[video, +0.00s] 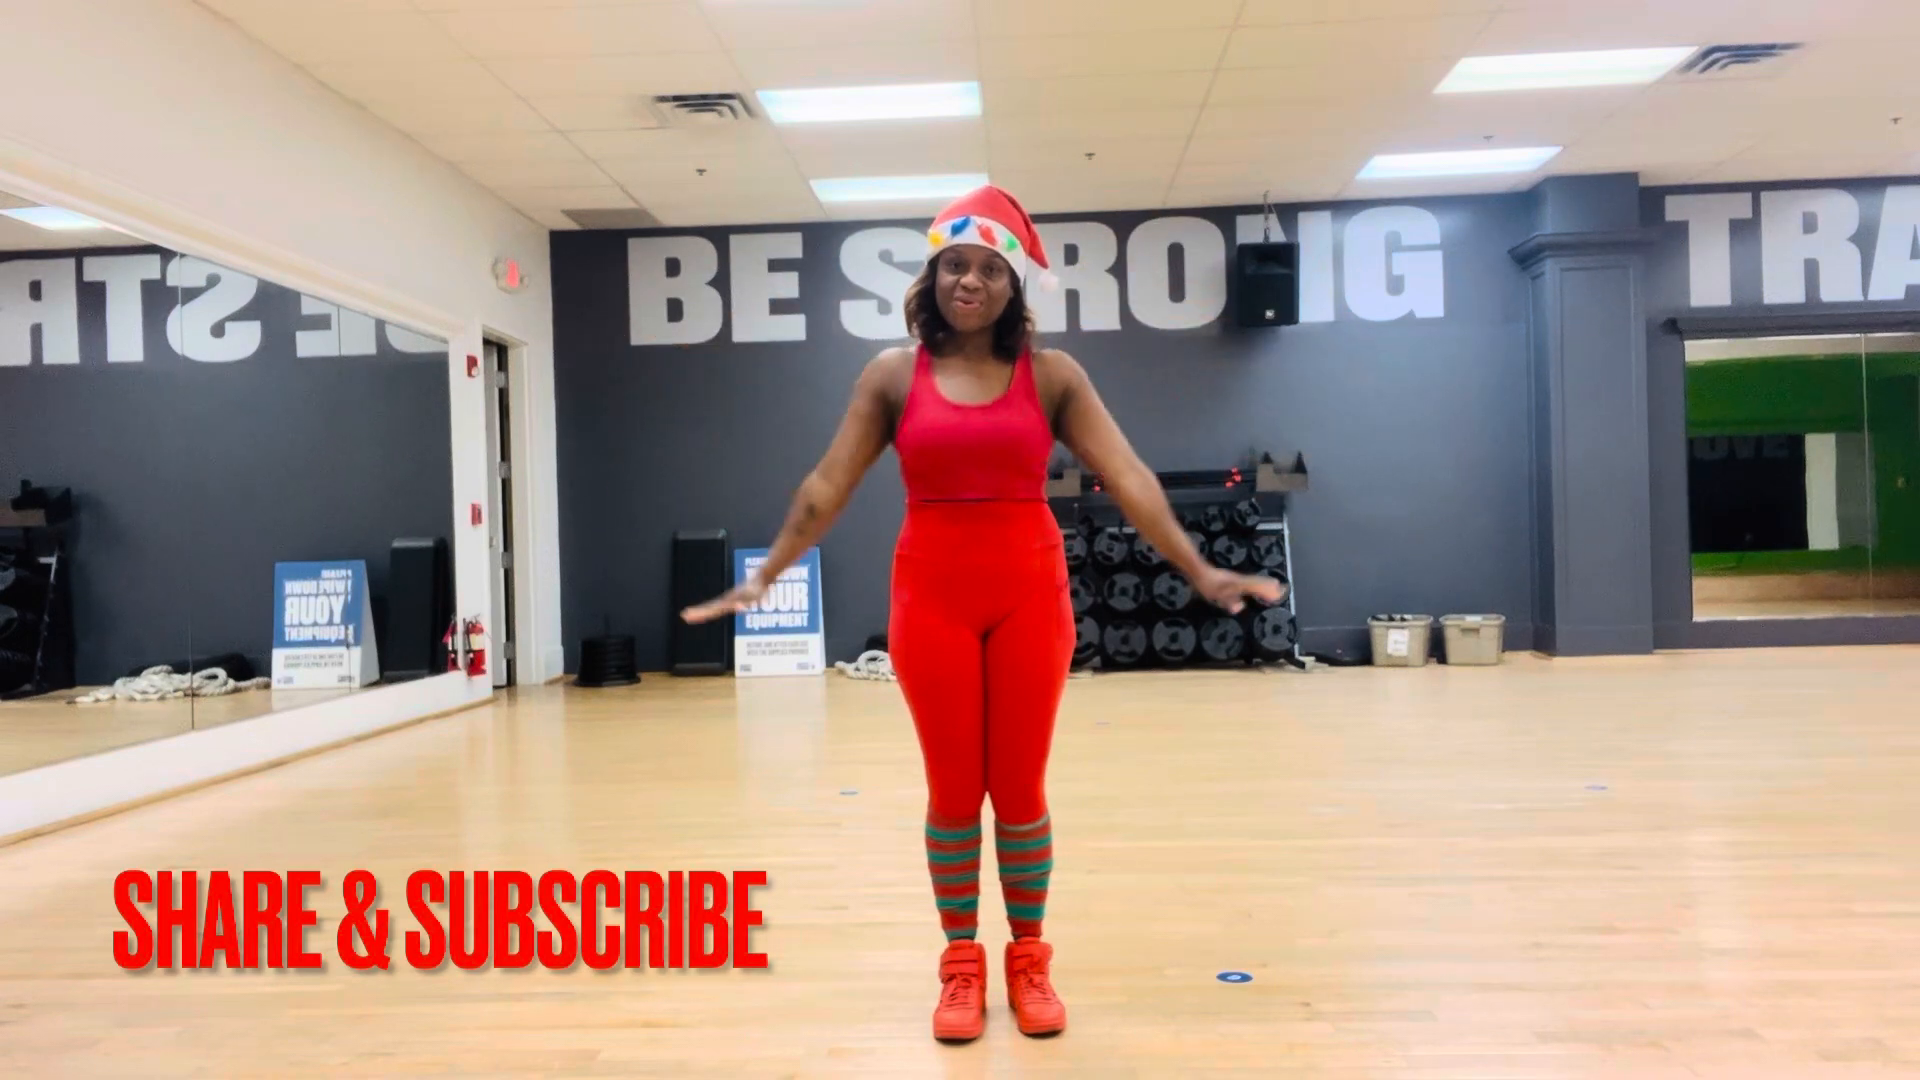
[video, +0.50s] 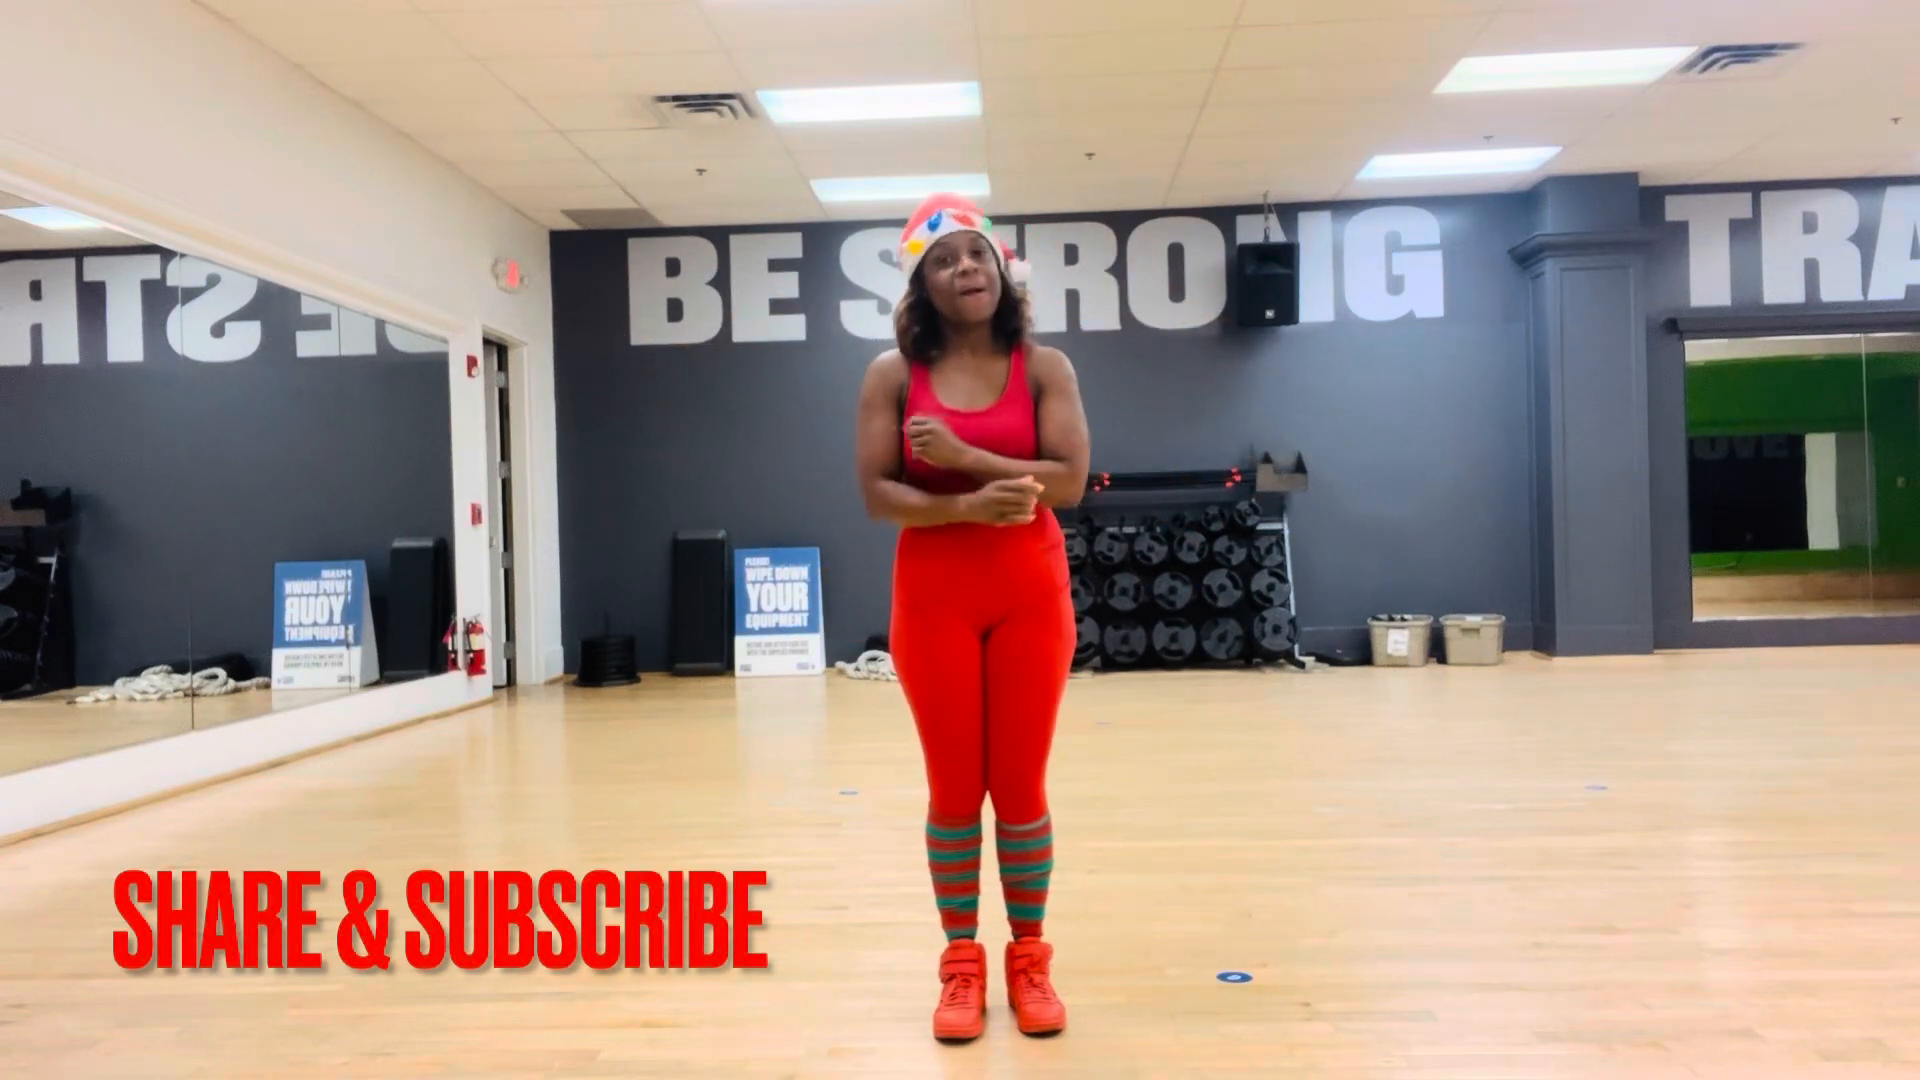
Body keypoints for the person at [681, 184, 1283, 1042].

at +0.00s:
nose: (966, 283)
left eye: (985, 270)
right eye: (953, 266)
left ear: (1012, 285)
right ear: (932, 277)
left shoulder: (1050, 373)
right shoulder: (894, 374)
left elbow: (1126, 475)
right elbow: (827, 485)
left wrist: (1202, 569)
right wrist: (764, 576)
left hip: (1030, 590)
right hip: (931, 592)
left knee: (1019, 785)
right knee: (954, 786)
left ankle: (1030, 963)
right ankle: (962, 965)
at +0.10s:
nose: (969, 282)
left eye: (988, 270)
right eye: (955, 265)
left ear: (1012, 285)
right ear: (932, 277)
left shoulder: (1049, 375)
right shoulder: (894, 377)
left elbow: (1093, 483)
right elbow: (856, 498)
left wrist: (1143, 592)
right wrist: (818, 598)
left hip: (1031, 592)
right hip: (931, 593)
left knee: (1019, 785)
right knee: (955, 786)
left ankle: (1029, 964)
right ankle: (961, 965)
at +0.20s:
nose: (967, 282)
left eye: (987, 270)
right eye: (954, 265)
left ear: (1011, 287)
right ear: (931, 277)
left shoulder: (1049, 375)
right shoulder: (892, 376)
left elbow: (1067, 485)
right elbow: (882, 494)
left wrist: (1073, 585)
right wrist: (878, 596)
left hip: (1029, 592)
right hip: (930, 596)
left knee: (1019, 785)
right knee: (955, 788)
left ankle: (1030, 963)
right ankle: (962, 966)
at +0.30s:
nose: (964, 284)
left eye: (983, 272)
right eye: (950, 268)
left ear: (1008, 288)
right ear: (929, 281)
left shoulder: (1045, 371)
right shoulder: (892, 374)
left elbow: (1064, 478)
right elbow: (884, 485)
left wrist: (988, 544)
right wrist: (928, 557)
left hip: (1033, 592)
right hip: (933, 594)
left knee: (1021, 782)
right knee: (955, 783)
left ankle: (1030, 966)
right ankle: (962, 968)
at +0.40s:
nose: (965, 280)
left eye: (983, 266)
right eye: (949, 265)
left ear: (1007, 279)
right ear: (927, 280)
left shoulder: (1044, 368)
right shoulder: (892, 374)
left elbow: (1064, 480)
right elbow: (880, 495)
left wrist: (944, 472)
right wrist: (978, 524)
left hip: (1034, 590)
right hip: (936, 592)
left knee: (1021, 782)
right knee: (956, 784)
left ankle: (1031, 966)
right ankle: (963, 969)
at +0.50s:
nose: (966, 270)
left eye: (977, 255)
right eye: (945, 262)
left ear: (1002, 268)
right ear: (922, 285)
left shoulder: (1045, 365)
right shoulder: (892, 375)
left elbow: (1071, 482)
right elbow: (876, 495)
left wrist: (966, 456)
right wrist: (969, 504)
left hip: (1032, 592)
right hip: (934, 596)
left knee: (1019, 782)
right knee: (955, 785)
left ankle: (1031, 966)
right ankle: (962, 969)